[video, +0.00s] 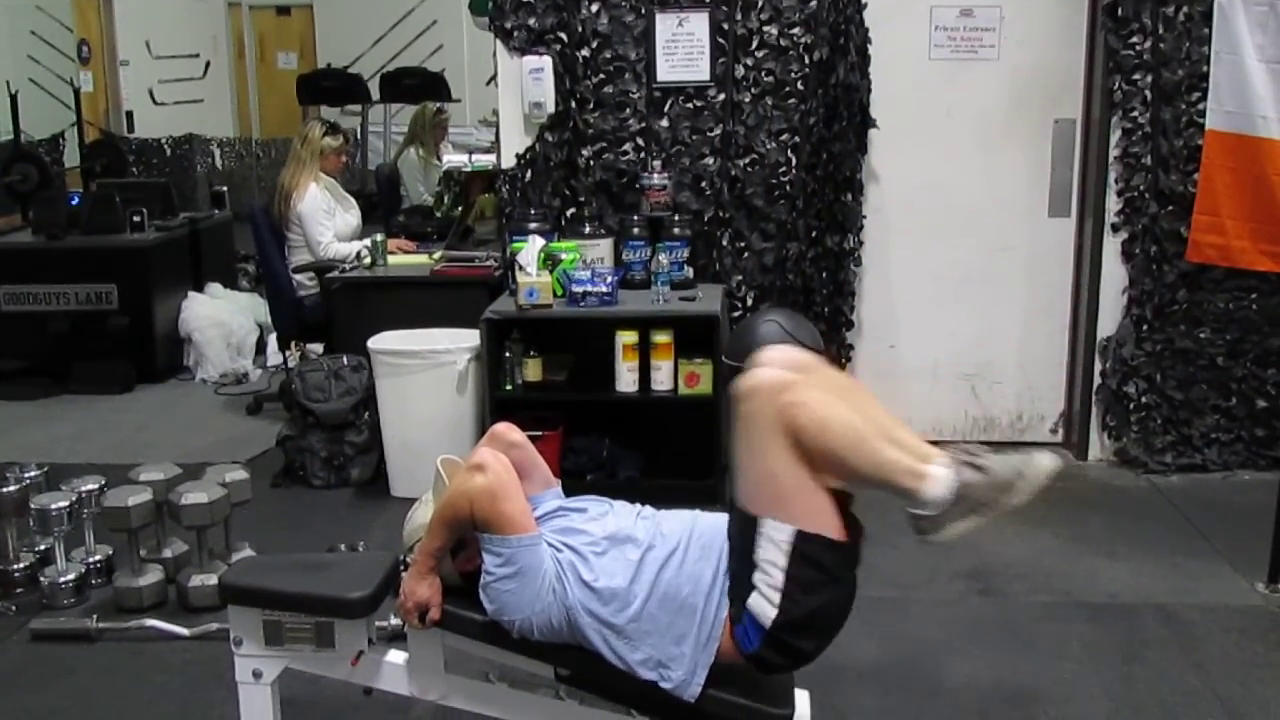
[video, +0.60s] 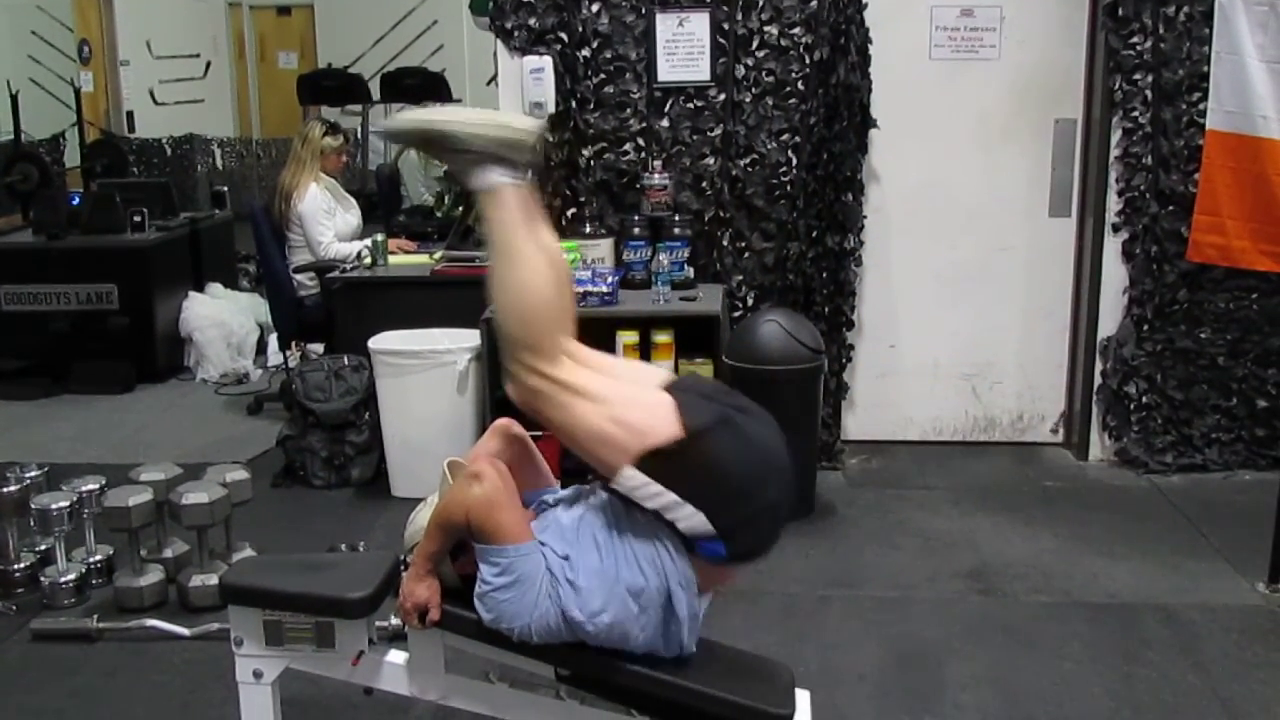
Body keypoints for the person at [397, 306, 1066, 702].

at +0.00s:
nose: (510, 463)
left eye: (513, 455)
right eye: (494, 466)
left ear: (526, 482)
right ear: (481, 513)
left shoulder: (560, 518)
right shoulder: (520, 585)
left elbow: (514, 440)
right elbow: (477, 473)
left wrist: (445, 522)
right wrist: (428, 558)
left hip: (772, 573)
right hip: (763, 613)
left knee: (785, 362)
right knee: (763, 387)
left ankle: (945, 470)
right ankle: (940, 482)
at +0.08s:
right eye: (482, 484)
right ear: (478, 546)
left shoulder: (556, 521)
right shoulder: (522, 590)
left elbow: (506, 436)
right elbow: (479, 472)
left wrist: (455, 521)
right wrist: (426, 563)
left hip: (764, 569)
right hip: (765, 610)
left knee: (732, 367)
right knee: (718, 394)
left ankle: (908, 456)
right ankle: (898, 475)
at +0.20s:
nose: (471, 545)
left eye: (462, 541)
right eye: (462, 542)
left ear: (478, 540)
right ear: (472, 561)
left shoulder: (552, 516)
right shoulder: (520, 592)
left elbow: (506, 438)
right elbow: (480, 473)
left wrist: (448, 530)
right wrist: (426, 561)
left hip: (781, 557)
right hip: (766, 599)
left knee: (639, 402)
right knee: (635, 435)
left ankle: (817, 394)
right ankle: (832, 417)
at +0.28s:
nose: (478, 468)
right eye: (469, 479)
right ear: (472, 554)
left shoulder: (547, 523)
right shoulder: (518, 591)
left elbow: (504, 437)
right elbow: (482, 479)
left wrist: (462, 529)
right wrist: (426, 563)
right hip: (764, 578)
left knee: (611, 411)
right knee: (597, 450)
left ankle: (781, 335)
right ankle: (774, 344)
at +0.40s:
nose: (474, 460)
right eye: (465, 473)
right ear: (470, 560)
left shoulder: (549, 522)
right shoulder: (517, 591)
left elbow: (504, 436)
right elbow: (484, 483)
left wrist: (450, 537)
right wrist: (426, 562)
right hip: (761, 542)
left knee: (615, 409)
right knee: (576, 427)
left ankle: (670, 238)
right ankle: (661, 247)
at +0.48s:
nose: (469, 470)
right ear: (469, 562)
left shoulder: (548, 520)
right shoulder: (519, 594)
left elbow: (506, 436)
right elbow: (478, 481)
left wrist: (440, 540)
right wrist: (425, 563)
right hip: (750, 523)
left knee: (585, 385)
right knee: (561, 401)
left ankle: (597, 205)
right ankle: (587, 202)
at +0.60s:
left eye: (459, 545)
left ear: (471, 553)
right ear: (469, 562)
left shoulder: (548, 524)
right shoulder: (519, 599)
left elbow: (505, 436)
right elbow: (477, 481)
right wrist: (423, 567)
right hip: (734, 492)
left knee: (552, 360)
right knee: (537, 377)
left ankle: (512, 178)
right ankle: (498, 174)